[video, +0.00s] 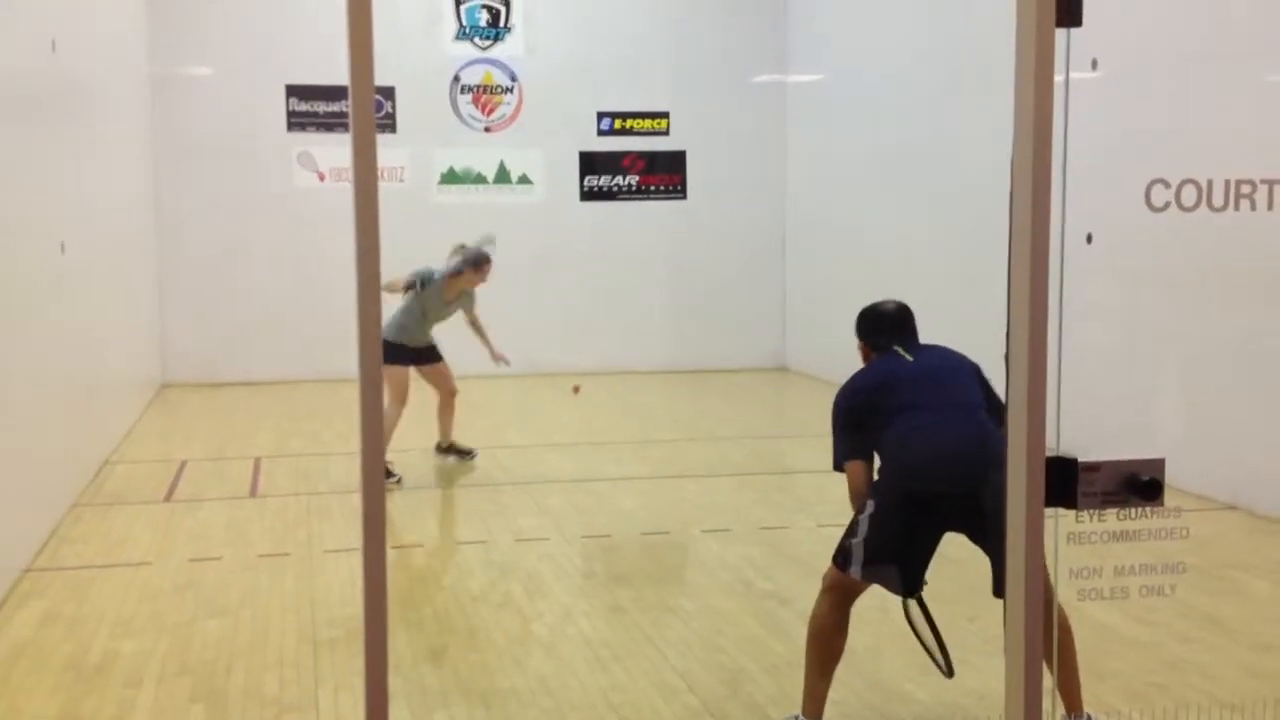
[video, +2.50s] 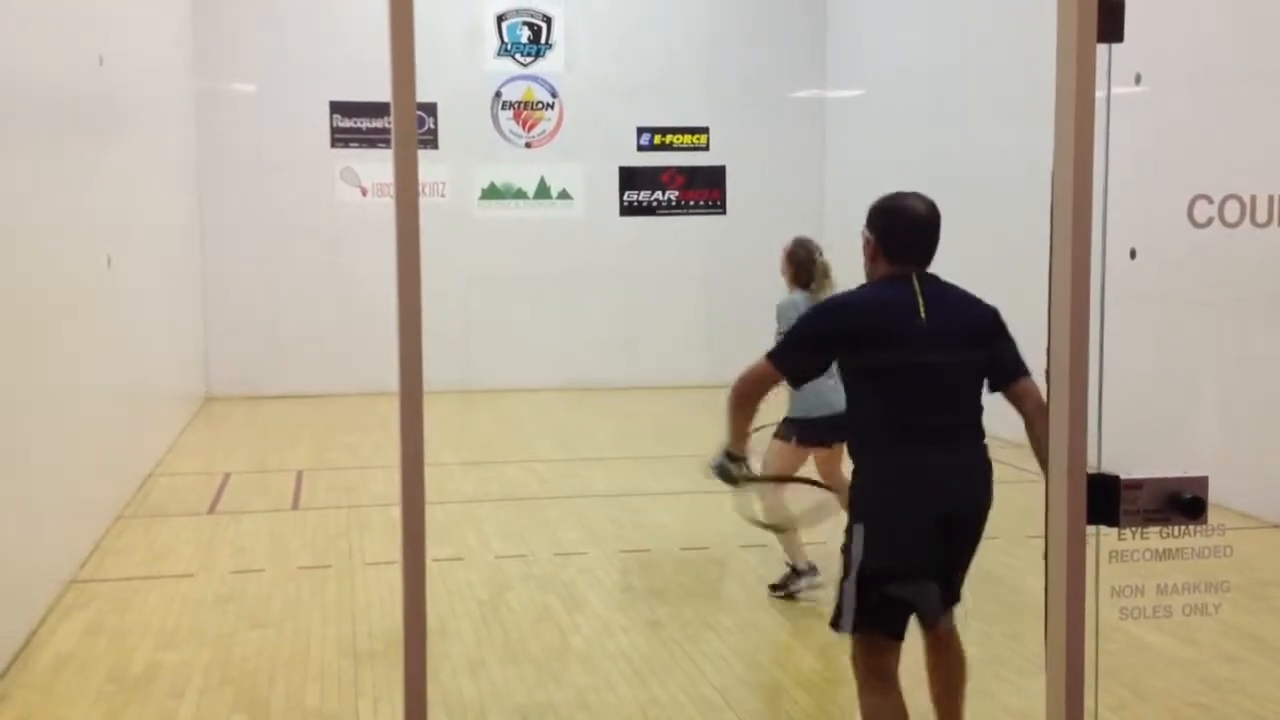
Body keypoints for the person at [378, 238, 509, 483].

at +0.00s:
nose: (483, 280)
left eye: (486, 275)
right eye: (482, 274)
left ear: (473, 272)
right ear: (467, 269)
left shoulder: (466, 294)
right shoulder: (430, 278)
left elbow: (472, 320)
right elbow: (393, 286)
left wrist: (492, 350)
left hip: (422, 342)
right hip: (395, 341)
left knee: (448, 390)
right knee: (396, 401)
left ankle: (445, 442)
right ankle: (378, 459)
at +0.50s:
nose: (515, 235)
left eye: (513, 231)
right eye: (514, 231)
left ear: (487, 230)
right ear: (509, 234)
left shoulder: (468, 255)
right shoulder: (512, 267)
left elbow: (448, 288)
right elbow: (498, 299)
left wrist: (432, 318)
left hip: (458, 326)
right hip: (484, 330)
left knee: (463, 385)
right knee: (474, 387)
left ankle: (462, 438)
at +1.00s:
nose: (541, 234)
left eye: (544, 229)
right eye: (542, 228)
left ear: (552, 231)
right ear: (569, 230)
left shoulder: (547, 264)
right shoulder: (587, 262)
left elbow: (543, 304)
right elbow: (596, 300)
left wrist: (529, 333)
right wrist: (579, 311)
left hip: (553, 335)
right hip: (582, 333)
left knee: (545, 390)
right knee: (575, 389)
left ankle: (560, 440)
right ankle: (575, 440)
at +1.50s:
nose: (657, 239)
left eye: (662, 234)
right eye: (656, 234)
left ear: (679, 235)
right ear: (677, 237)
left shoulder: (679, 268)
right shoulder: (691, 264)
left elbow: (691, 313)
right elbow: (697, 312)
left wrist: (671, 348)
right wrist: (676, 341)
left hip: (691, 353)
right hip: (713, 349)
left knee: (669, 406)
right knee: (701, 410)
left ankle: (678, 473)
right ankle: (703, 477)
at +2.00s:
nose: (757, 244)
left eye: (763, 237)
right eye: (755, 238)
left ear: (780, 241)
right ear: (756, 242)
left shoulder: (778, 277)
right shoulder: (783, 274)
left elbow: (776, 325)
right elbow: (803, 328)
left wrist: (749, 339)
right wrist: (811, 361)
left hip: (790, 375)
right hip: (802, 370)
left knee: (796, 445)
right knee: (804, 441)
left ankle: (820, 515)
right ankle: (832, 501)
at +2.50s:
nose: (781, 267)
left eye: (784, 262)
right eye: (784, 261)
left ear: (790, 267)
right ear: (819, 265)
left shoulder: (789, 306)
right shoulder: (836, 300)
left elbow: (789, 362)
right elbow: (845, 352)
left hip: (808, 410)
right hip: (842, 404)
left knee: (771, 487)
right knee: (833, 476)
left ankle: (800, 566)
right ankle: (873, 527)